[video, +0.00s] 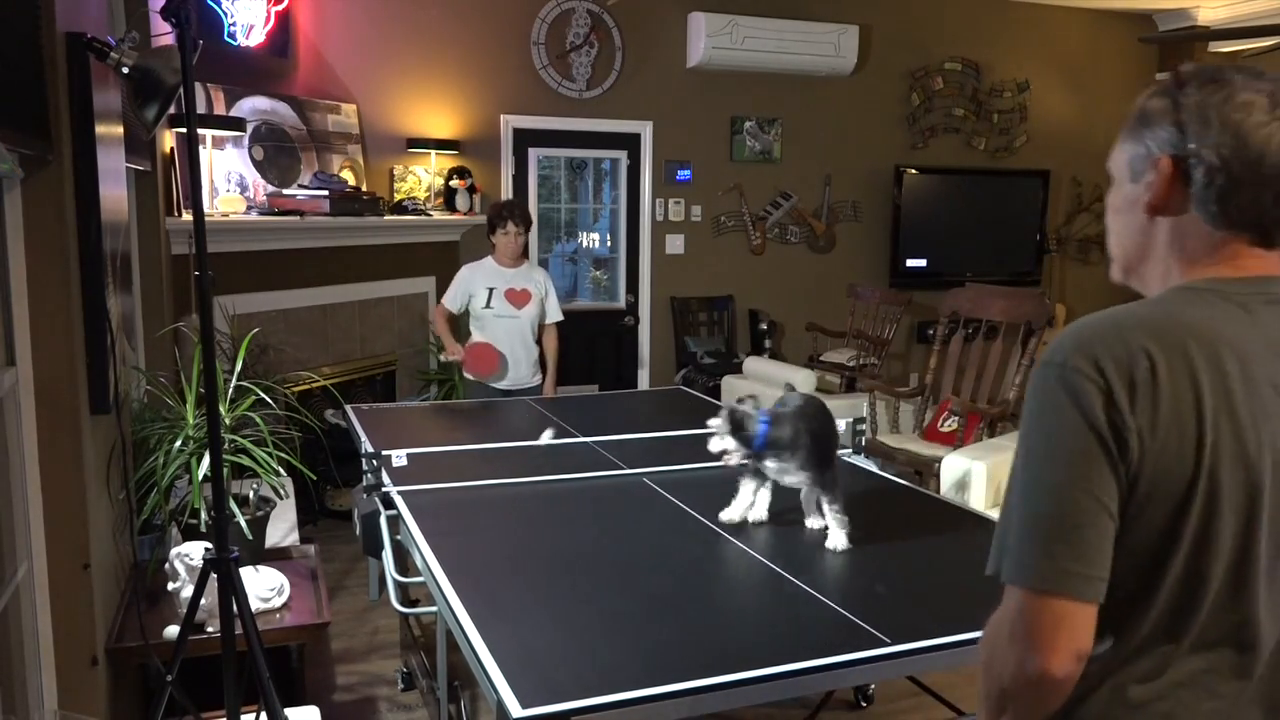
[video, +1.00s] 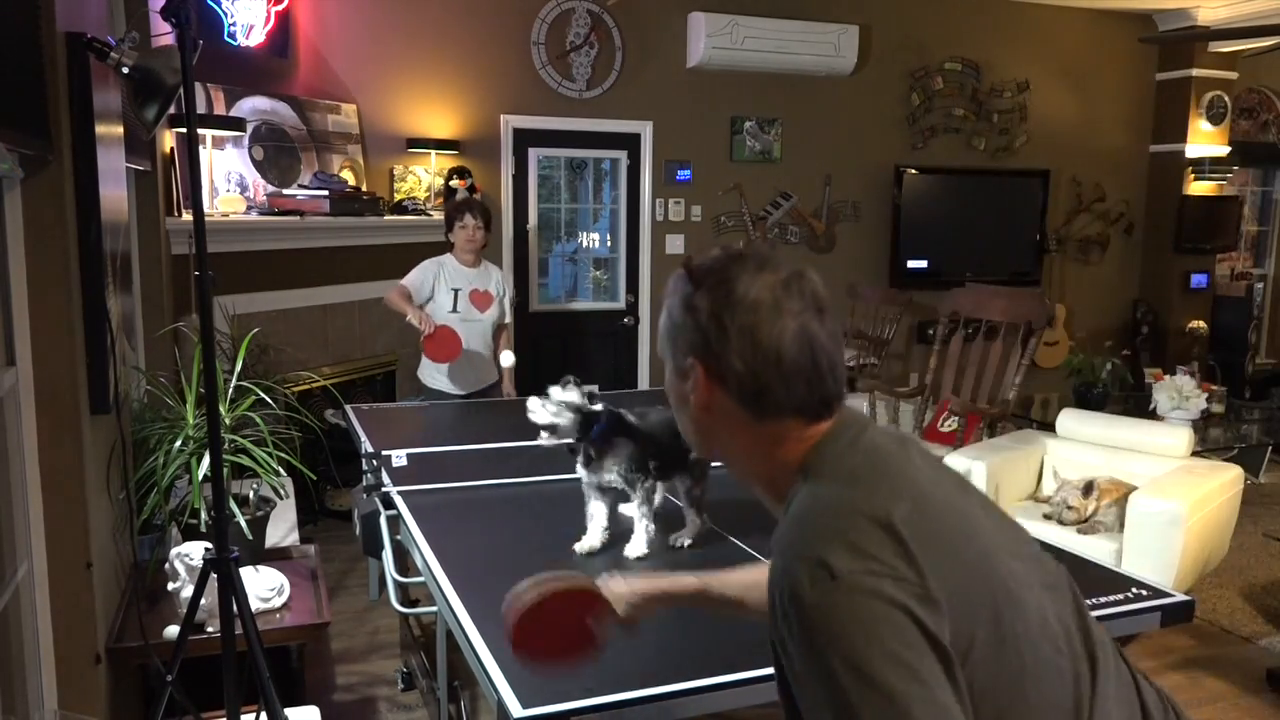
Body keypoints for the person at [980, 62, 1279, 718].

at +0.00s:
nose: (1107, 205)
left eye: (1115, 179)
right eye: (1109, 181)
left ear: (1162, 182)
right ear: (1259, 184)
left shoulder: (1105, 359)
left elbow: (1044, 655)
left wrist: (1002, 706)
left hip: (1138, 703)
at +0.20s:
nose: (1025, 206)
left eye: (1030, 178)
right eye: (1026, 179)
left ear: (1073, 182)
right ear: (1195, 189)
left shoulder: (1049, 370)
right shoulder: (1270, 329)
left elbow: (1007, 679)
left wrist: (937, 689)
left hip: (1100, 707)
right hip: (1256, 701)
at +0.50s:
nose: (944, 228)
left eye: (948, 201)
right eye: (943, 202)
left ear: (990, 209)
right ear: (1110, 208)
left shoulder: (1004, 410)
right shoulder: (1224, 357)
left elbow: (1013, 703)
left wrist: (925, 701)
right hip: (1245, 705)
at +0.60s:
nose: (891, 265)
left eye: (896, 236)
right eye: (890, 238)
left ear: (938, 244)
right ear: (1052, 240)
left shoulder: (989, 448)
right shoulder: (1138, 374)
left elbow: (1012, 700)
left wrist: (909, 703)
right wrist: (929, 691)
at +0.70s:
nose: (810, 321)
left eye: (814, 295)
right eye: (811, 296)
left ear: (855, 305)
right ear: (960, 298)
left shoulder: (954, 491)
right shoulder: (1009, 412)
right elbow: (915, 591)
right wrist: (731, 656)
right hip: (1225, 697)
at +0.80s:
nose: (726, 384)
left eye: (734, 359)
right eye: (729, 361)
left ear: (776, 374)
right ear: (868, 362)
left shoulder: (902, 543)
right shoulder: (867, 471)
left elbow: (975, 705)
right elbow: (772, 560)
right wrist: (640, 576)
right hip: (1147, 689)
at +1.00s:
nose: (670, 392)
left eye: (670, 371)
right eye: (671, 370)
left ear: (698, 385)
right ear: (811, 354)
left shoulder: (825, 562)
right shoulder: (882, 451)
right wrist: (659, 590)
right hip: (1139, 701)